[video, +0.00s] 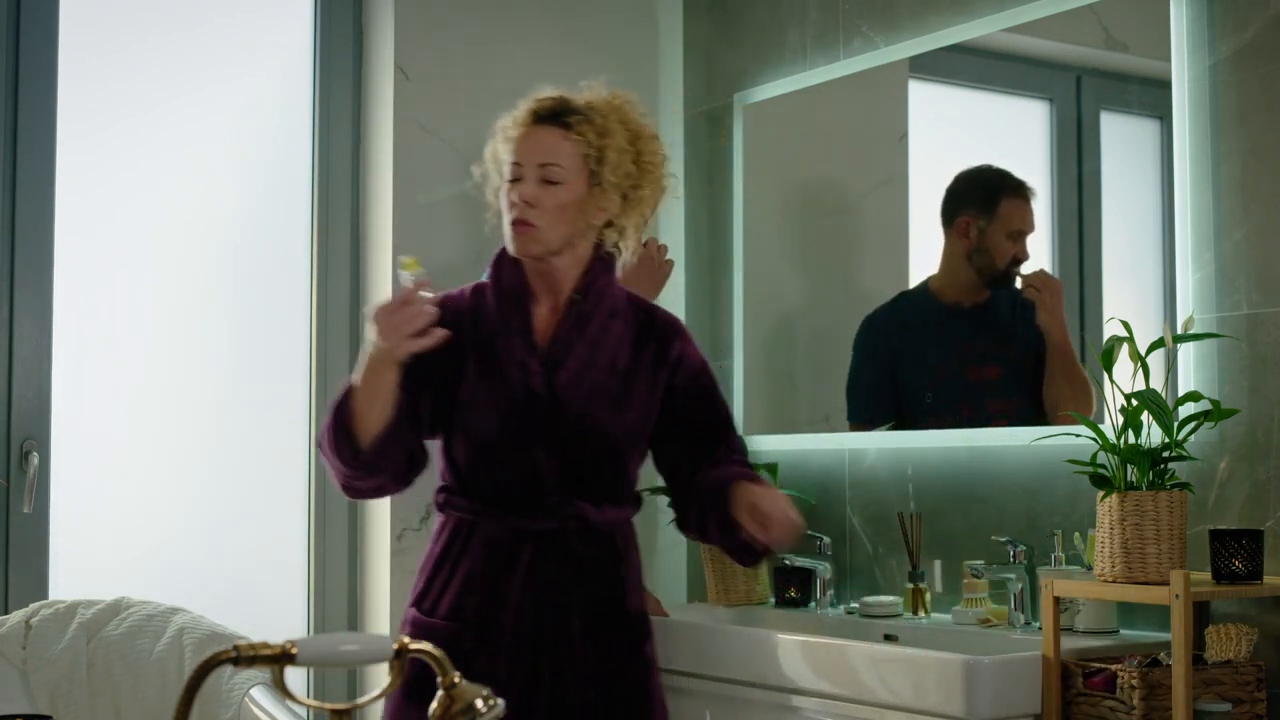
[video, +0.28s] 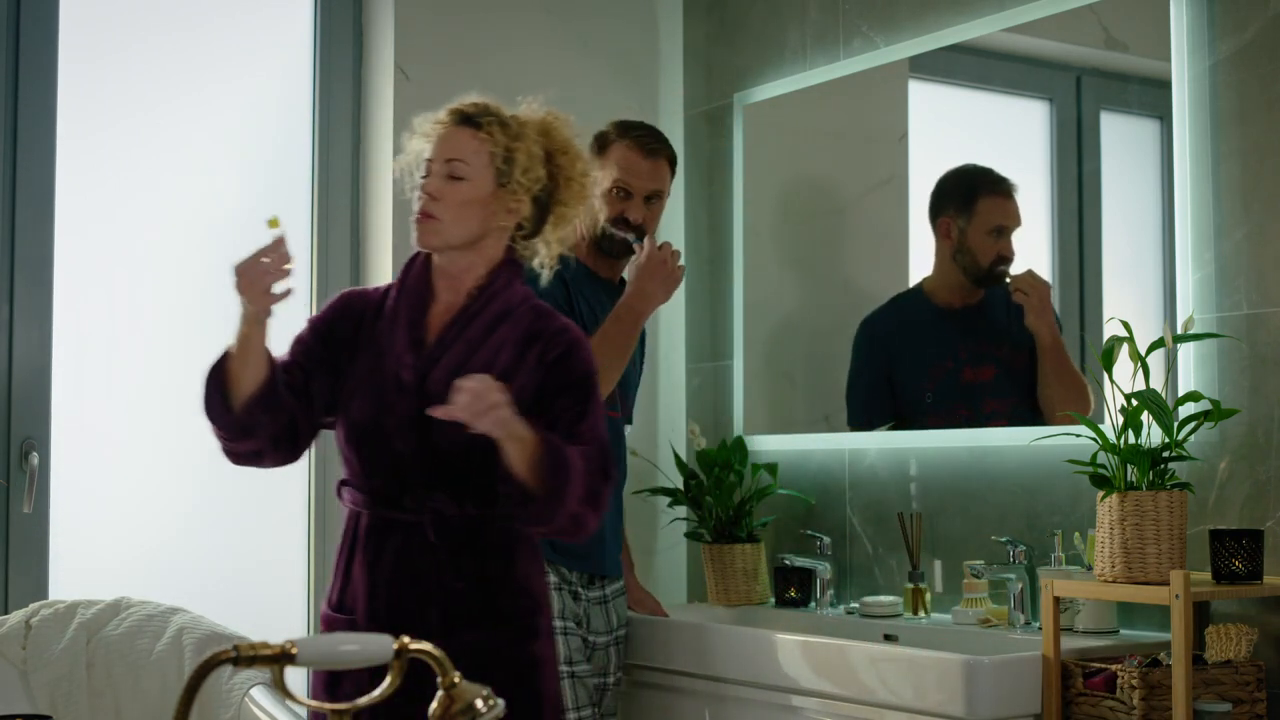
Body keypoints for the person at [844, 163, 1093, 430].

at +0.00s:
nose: (1024, 254)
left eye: (1025, 239)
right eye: (1014, 238)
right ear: (966, 231)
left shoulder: (1031, 318)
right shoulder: (886, 329)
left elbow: (1073, 421)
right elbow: (867, 449)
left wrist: (1056, 327)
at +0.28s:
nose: (1009, 252)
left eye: (1011, 236)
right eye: (997, 234)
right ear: (948, 231)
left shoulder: (1029, 314)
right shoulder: (883, 331)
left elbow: (1071, 419)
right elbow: (870, 450)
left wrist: (1046, 331)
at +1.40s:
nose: (974, 265)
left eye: (987, 248)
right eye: (958, 248)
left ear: (998, 239)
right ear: (926, 238)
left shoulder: (1031, 311)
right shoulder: (882, 332)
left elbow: (1070, 424)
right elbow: (866, 449)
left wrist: (1029, 350)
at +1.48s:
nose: (965, 270)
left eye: (979, 253)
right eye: (949, 252)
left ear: (995, 241)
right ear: (922, 240)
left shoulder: (1032, 312)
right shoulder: (882, 333)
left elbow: (1070, 426)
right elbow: (867, 449)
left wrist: (1023, 354)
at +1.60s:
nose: (952, 278)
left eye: (968, 261)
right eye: (938, 259)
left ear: (991, 246)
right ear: (915, 243)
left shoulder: (1031, 312)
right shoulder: (881, 334)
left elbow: (1069, 425)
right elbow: (867, 448)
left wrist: (1014, 354)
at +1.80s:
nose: (939, 284)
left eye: (956, 269)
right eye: (925, 266)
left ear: (983, 250)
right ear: (907, 246)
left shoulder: (1031, 311)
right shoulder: (880, 335)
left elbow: (1069, 424)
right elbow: (867, 447)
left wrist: (1007, 361)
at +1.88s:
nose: (939, 285)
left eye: (955, 269)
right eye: (924, 267)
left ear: (982, 250)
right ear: (906, 246)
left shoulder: (1031, 311)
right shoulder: (880, 335)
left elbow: (1068, 424)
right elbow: (867, 447)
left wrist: (1005, 357)